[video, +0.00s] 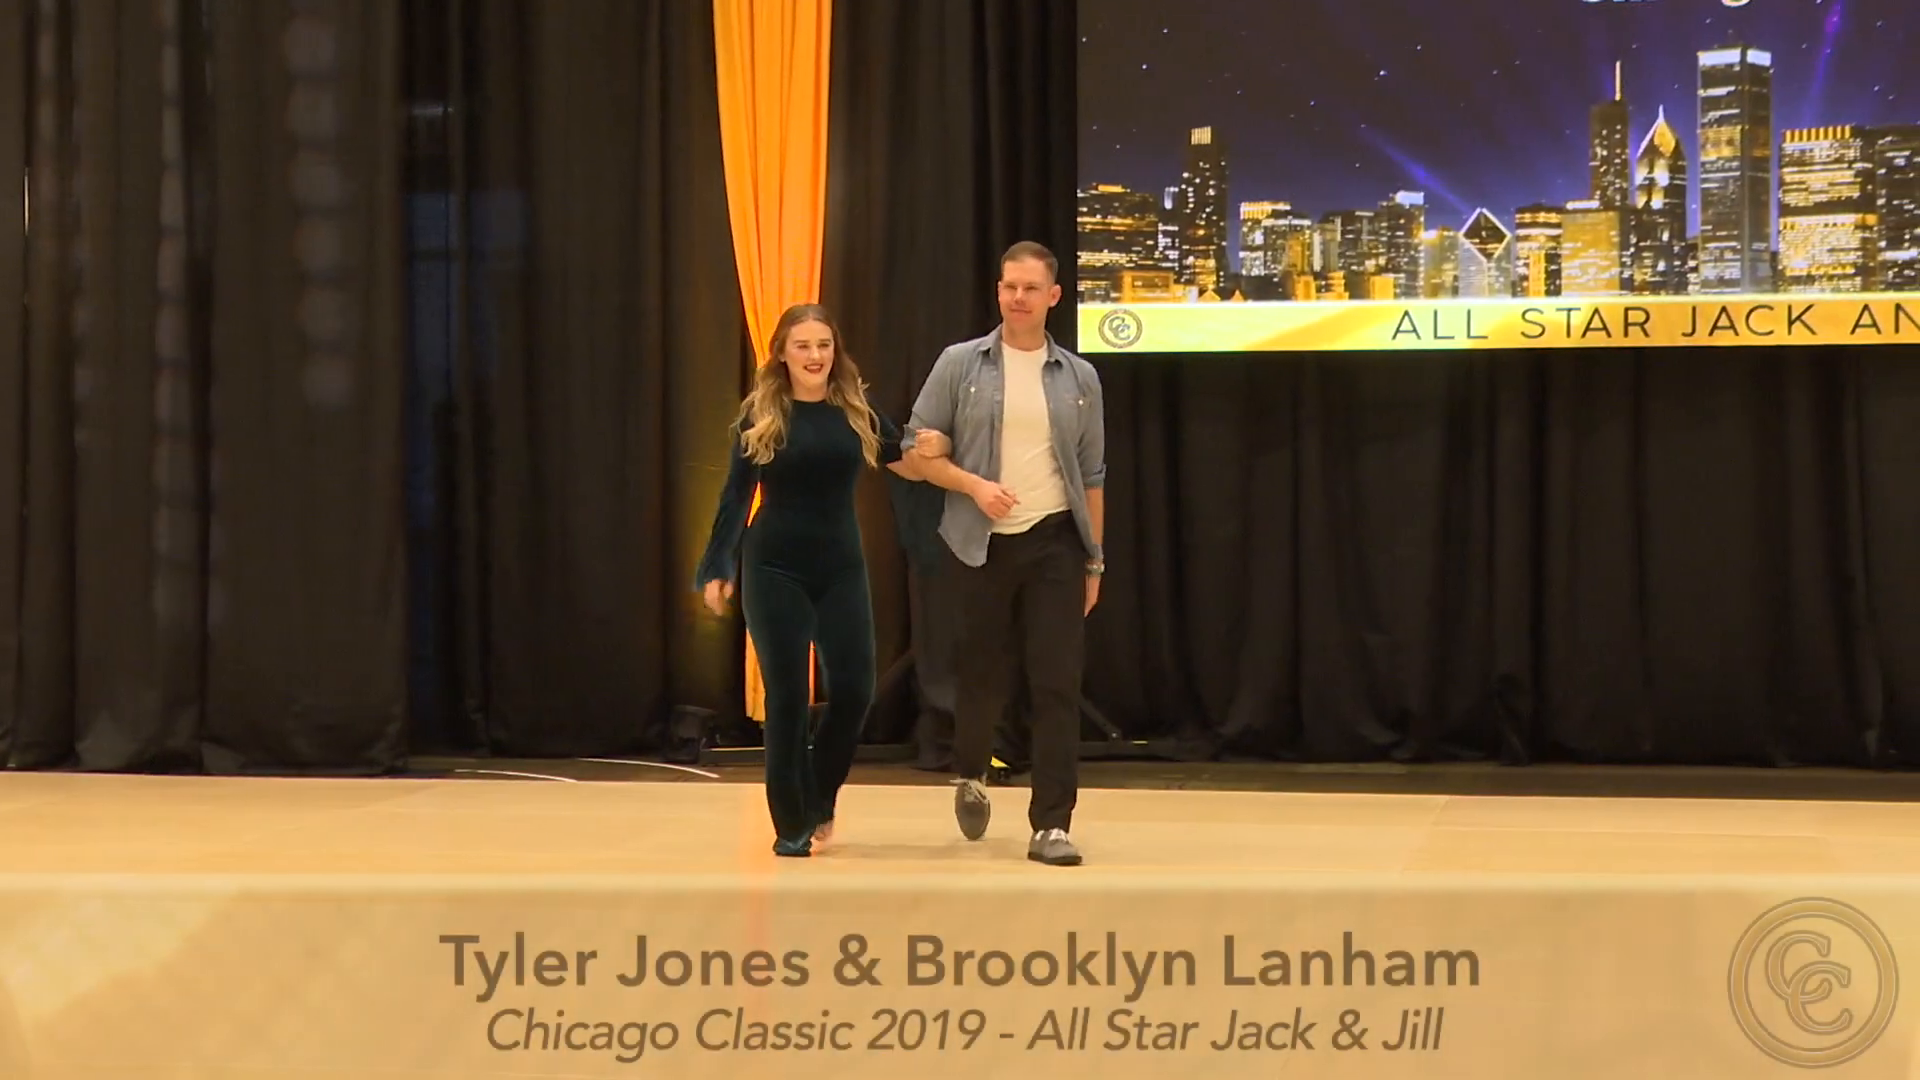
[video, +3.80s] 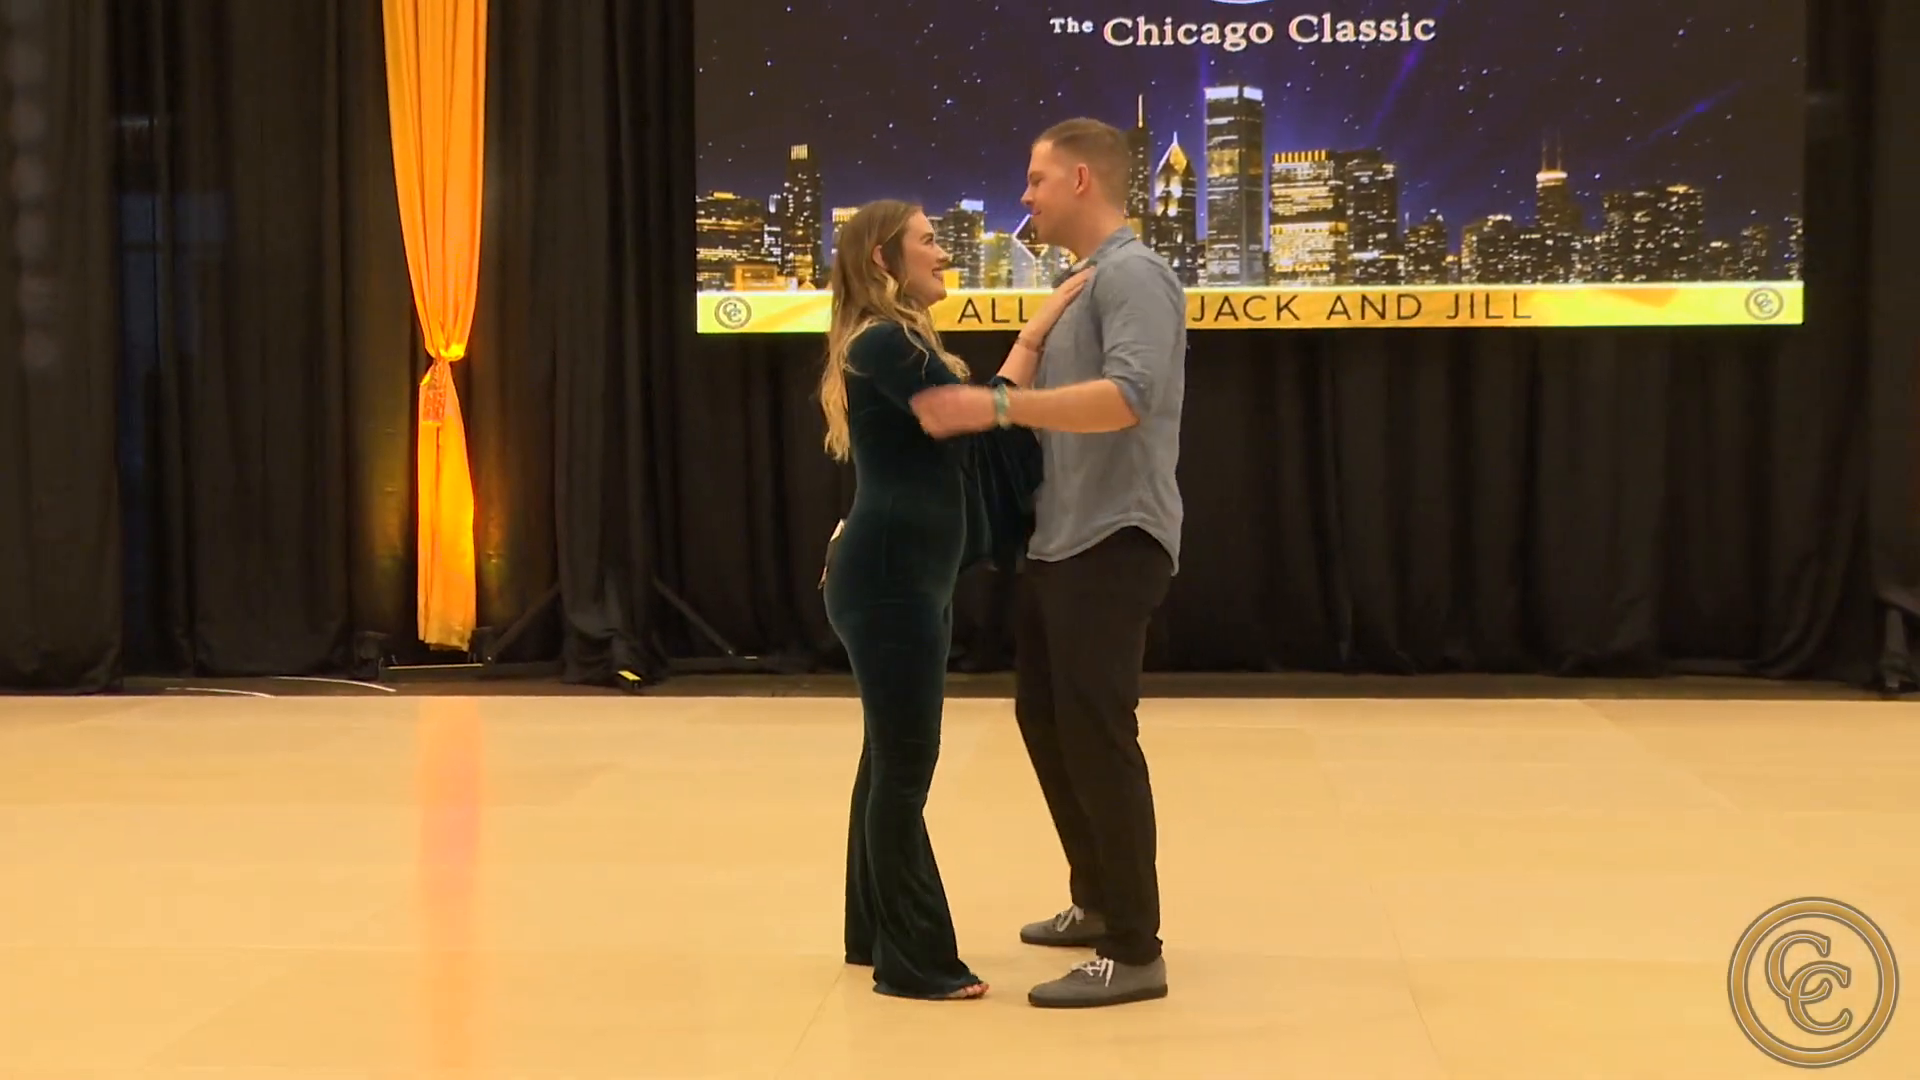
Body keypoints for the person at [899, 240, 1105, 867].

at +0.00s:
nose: (1018, 298)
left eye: (1031, 288)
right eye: (1010, 286)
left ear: (1054, 295)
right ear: (997, 291)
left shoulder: (1081, 377)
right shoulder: (958, 363)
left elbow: (1092, 478)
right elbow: (918, 454)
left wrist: (1093, 561)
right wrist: (974, 485)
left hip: (1057, 541)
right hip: (981, 545)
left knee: (1058, 682)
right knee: (983, 674)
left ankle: (1052, 825)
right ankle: (971, 775)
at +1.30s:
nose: (1084, 246)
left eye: (1095, 233)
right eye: (1069, 234)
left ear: (1112, 242)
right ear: (1044, 245)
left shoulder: (1152, 338)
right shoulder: (1006, 333)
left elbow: (1186, 438)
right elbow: (944, 442)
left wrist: (1203, 519)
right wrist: (995, 476)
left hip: (1126, 548)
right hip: (1038, 547)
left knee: (1093, 719)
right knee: (1054, 706)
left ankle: (1057, 886)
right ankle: (1045, 889)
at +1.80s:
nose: (1115, 222)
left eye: (1130, 207)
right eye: (1101, 209)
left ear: (1163, 211)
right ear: (1085, 216)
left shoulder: (1206, 316)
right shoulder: (1054, 310)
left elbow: (1232, 444)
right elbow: (972, 410)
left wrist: (1247, 559)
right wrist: (987, 495)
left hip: (1194, 544)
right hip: (1093, 546)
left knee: (1214, 724)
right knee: (1097, 737)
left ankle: (1186, 908)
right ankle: (1110, 916)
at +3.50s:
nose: (1026, 201)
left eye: (1039, 185)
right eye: (1026, 187)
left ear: (1095, 189)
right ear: (1071, 193)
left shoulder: (1163, 287)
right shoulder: (1053, 299)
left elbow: (1204, 421)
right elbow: (1021, 423)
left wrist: (1160, 538)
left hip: (1127, 553)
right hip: (1048, 551)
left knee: (1137, 747)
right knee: (1077, 743)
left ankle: (1171, 954)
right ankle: (1112, 917)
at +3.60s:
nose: (1025, 202)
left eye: (1038, 185)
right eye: (1027, 187)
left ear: (1091, 189)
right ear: (1071, 190)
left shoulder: (1154, 282)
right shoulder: (1058, 293)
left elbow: (1183, 416)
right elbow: (1029, 417)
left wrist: (1107, 509)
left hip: (1125, 549)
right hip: (1054, 547)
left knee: (1123, 743)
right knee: (1074, 739)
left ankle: (1157, 963)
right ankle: (1113, 912)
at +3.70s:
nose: (1026, 201)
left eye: (1037, 184)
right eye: (1028, 185)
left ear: (1087, 187)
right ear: (1082, 187)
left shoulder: (1142, 276)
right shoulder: (1069, 294)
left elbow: (1157, 405)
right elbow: (1044, 419)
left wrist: (1043, 459)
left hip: (1121, 540)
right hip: (1063, 541)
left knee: (1106, 734)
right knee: (1066, 729)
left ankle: (1144, 961)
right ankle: (1106, 909)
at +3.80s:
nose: (1025, 196)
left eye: (1035, 179)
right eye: (1028, 180)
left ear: (1080, 180)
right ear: (1080, 182)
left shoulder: (1133, 273)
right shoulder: (1081, 288)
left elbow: (1132, 397)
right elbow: (1046, 402)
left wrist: (997, 405)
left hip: (1112, 539)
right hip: (1063, 540)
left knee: (1095, 727)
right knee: (1044, 717)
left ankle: (1135, 953)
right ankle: (1100, 907)